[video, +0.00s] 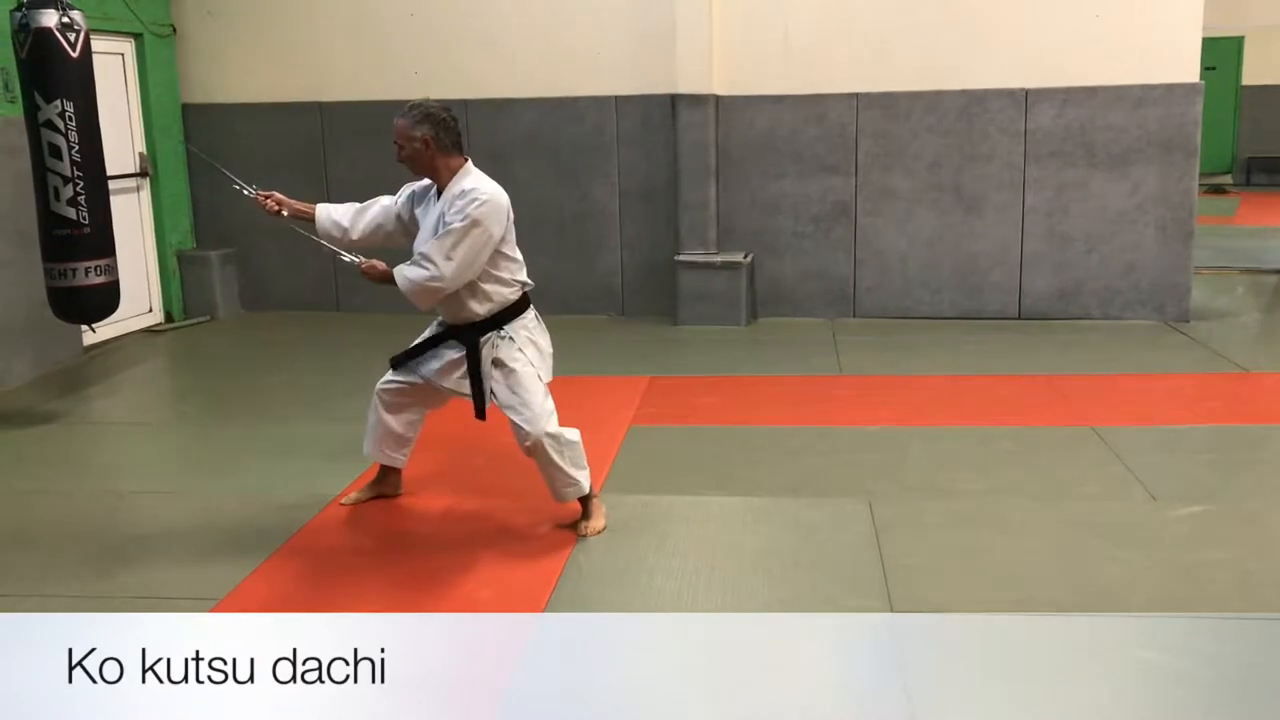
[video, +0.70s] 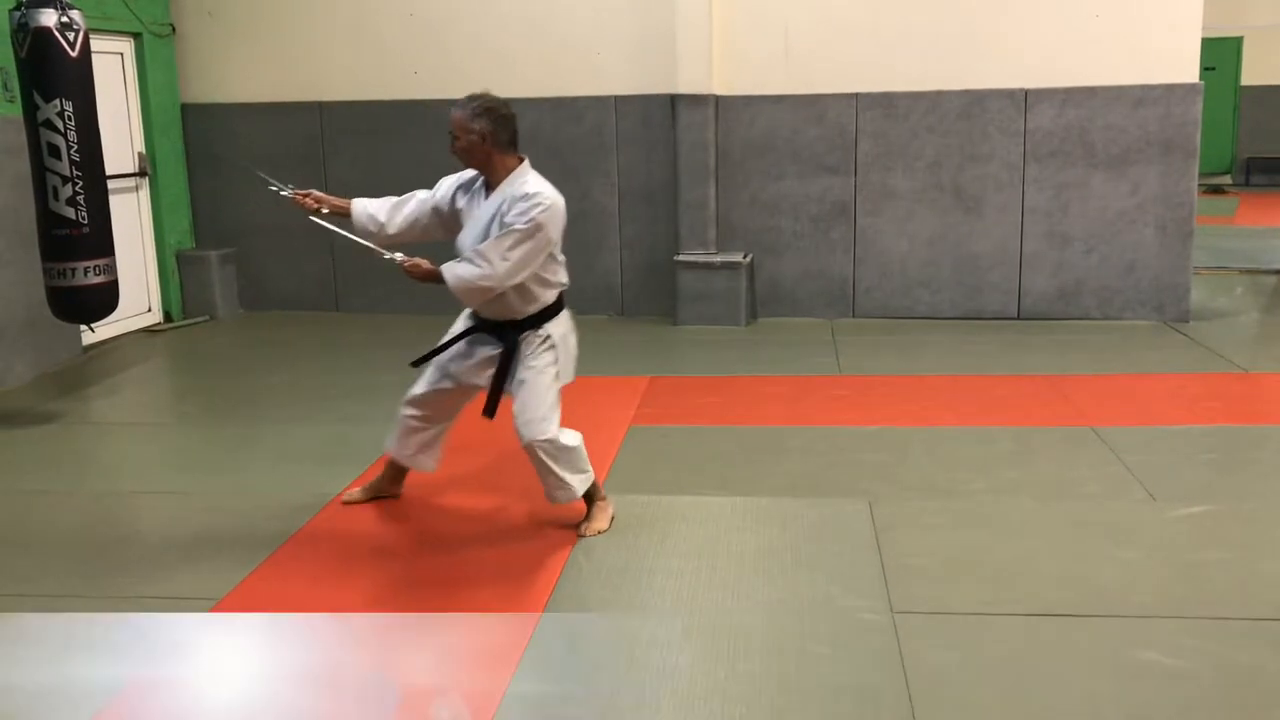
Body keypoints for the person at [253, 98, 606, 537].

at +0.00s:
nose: (396, 153)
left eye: (401, 144)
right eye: (395, 145)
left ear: (430, 144)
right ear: (431, 145)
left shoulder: (482, 200)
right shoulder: (421, 196)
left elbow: (441, 277)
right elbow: (366, 219)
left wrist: (392, 275)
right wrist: (296, 209)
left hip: (507, 331)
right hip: (455, 332)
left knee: (536, 429)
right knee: (393, 393)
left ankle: (588, 501)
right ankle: (388, 479)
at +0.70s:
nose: (452, 145)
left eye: (458, 137)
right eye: (451, 136)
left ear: (488, 140)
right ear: (486, 141)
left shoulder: (540, 204)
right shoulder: (463, 189)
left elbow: (494, 272)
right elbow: (402, 214)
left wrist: (439, 274)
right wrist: (338, 206)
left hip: (538, 329)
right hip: (481, 323)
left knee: (537, 431)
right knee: (423, 402)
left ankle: (597, 499)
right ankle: (391, 479)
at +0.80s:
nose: (466, 128)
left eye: (472, 120)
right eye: (466, 119)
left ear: (502, 123)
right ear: (501, 124)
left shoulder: (552, 186)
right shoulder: (483, 174)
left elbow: (513, 260)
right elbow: (431, 204)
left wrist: (456, 266)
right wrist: (360, 201)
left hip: (565, 314)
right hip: (512, 310)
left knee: (554, 421)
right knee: (463, 387)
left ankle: (597, 499)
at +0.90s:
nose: (475, 115)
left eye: (482, 106)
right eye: (476, 106)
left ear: (510, 109)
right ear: (508, 108)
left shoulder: (556, 170)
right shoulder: (503, 165)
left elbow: (517, 250)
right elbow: (454, 203)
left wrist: (468, 256)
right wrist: (386, 205)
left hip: (579, 305)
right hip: (534, 305)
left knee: (569, 410)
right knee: (505, 390)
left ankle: (600, 498)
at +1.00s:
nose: (488, 105)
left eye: (494, 97)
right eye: (489, 96)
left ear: (521, 99)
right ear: (522, 100)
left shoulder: (558, 156)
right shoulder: (528, 154)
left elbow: (522, 238)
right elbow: (485, 203)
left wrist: (479, 248)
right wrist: (427, 218)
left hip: (582, 299)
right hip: (551, 299)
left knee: (568, 407)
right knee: (542, 399)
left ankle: (610, 498)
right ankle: (607, 475)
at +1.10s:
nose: (499, 104)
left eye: (504, 94)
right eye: (500, 94)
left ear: (531, 96)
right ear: (536, 96)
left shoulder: (552, 155)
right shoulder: (565, 145)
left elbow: (516, 242)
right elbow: (523, 219)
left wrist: (485, 249)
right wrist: (482, 234)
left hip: (579, 303)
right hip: (595, 294)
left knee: (569, 415)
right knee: (585, 408)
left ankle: (628, 507)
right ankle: (610, 497)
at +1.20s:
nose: (509, 106)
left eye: (515, 96)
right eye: (509, 96)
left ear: (540, 98)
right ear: (556, 100)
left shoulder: (538, 157)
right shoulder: (602, 155)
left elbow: (507, 250)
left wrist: (526, 265)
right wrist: (543, 259)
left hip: (574, 311)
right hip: (619, 300)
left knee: (570, 418)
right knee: (613, 408)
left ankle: (627, 506)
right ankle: (612, 494)